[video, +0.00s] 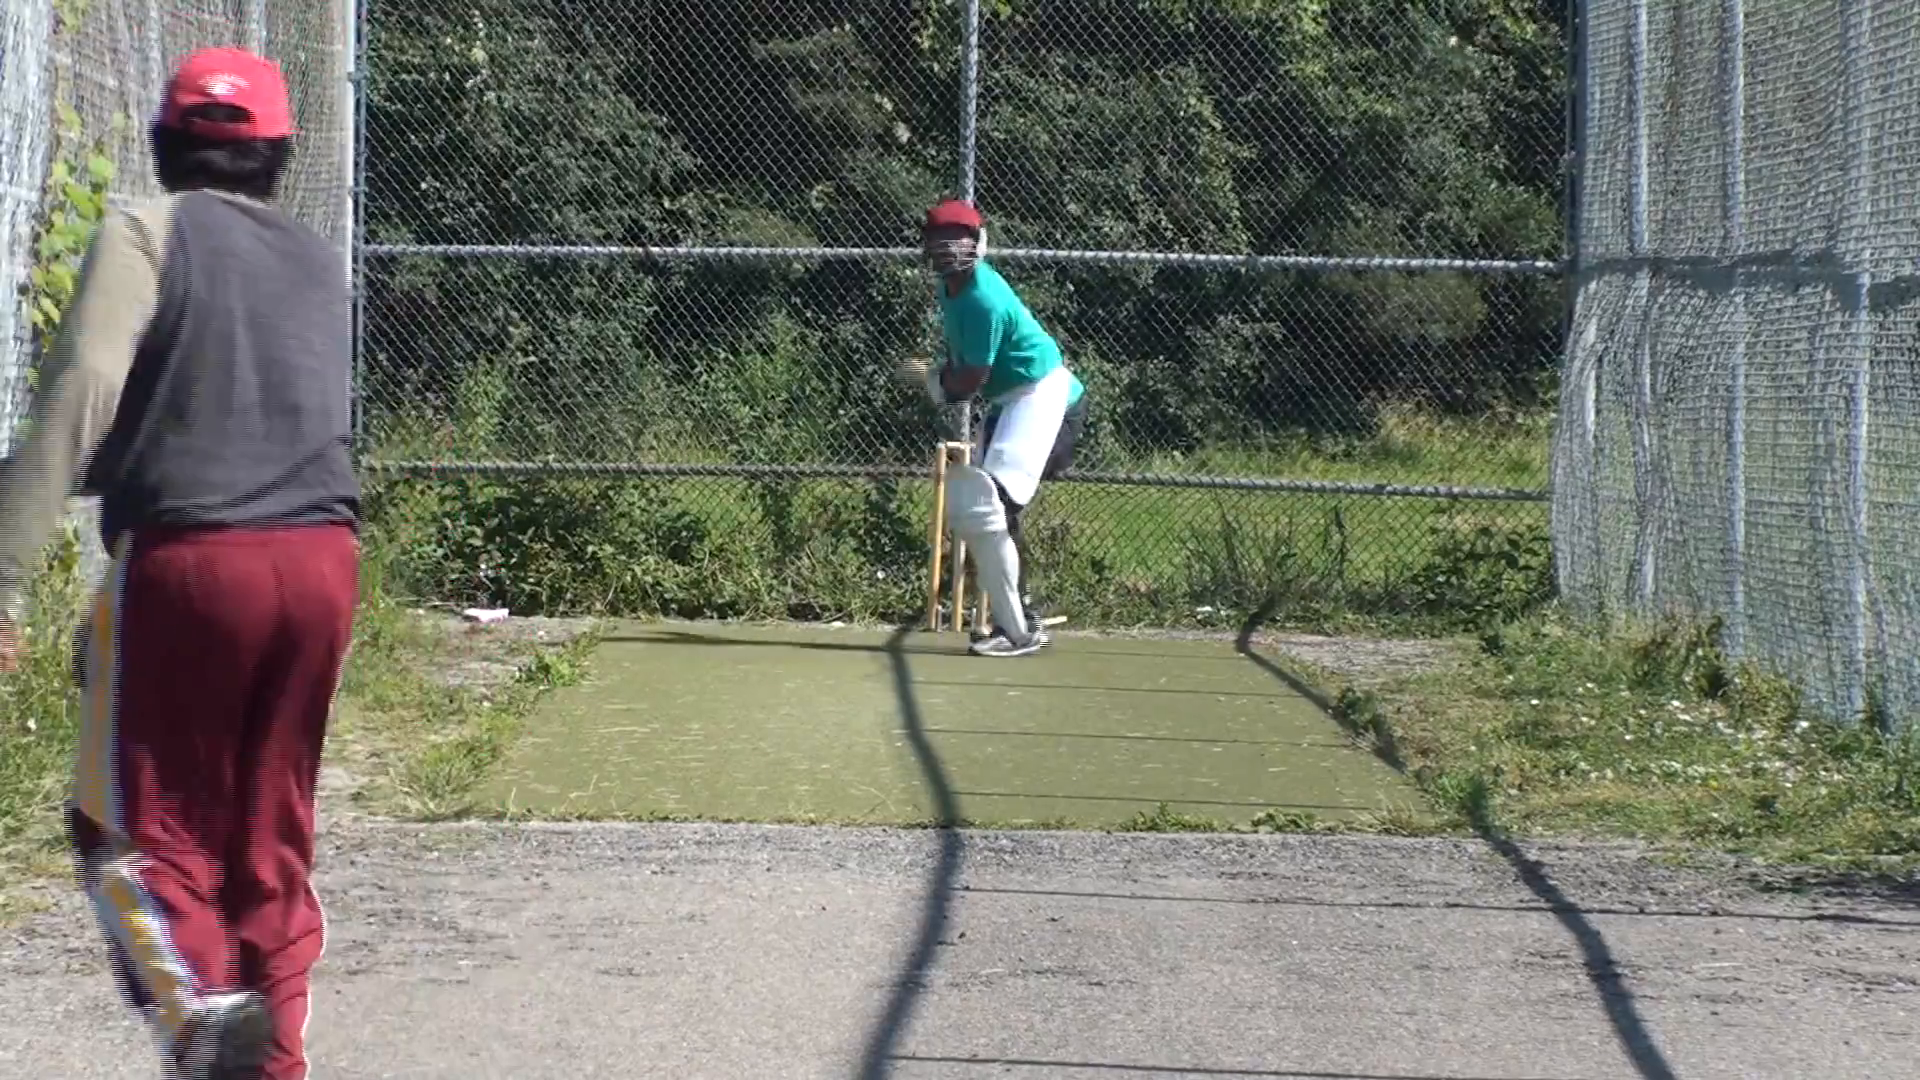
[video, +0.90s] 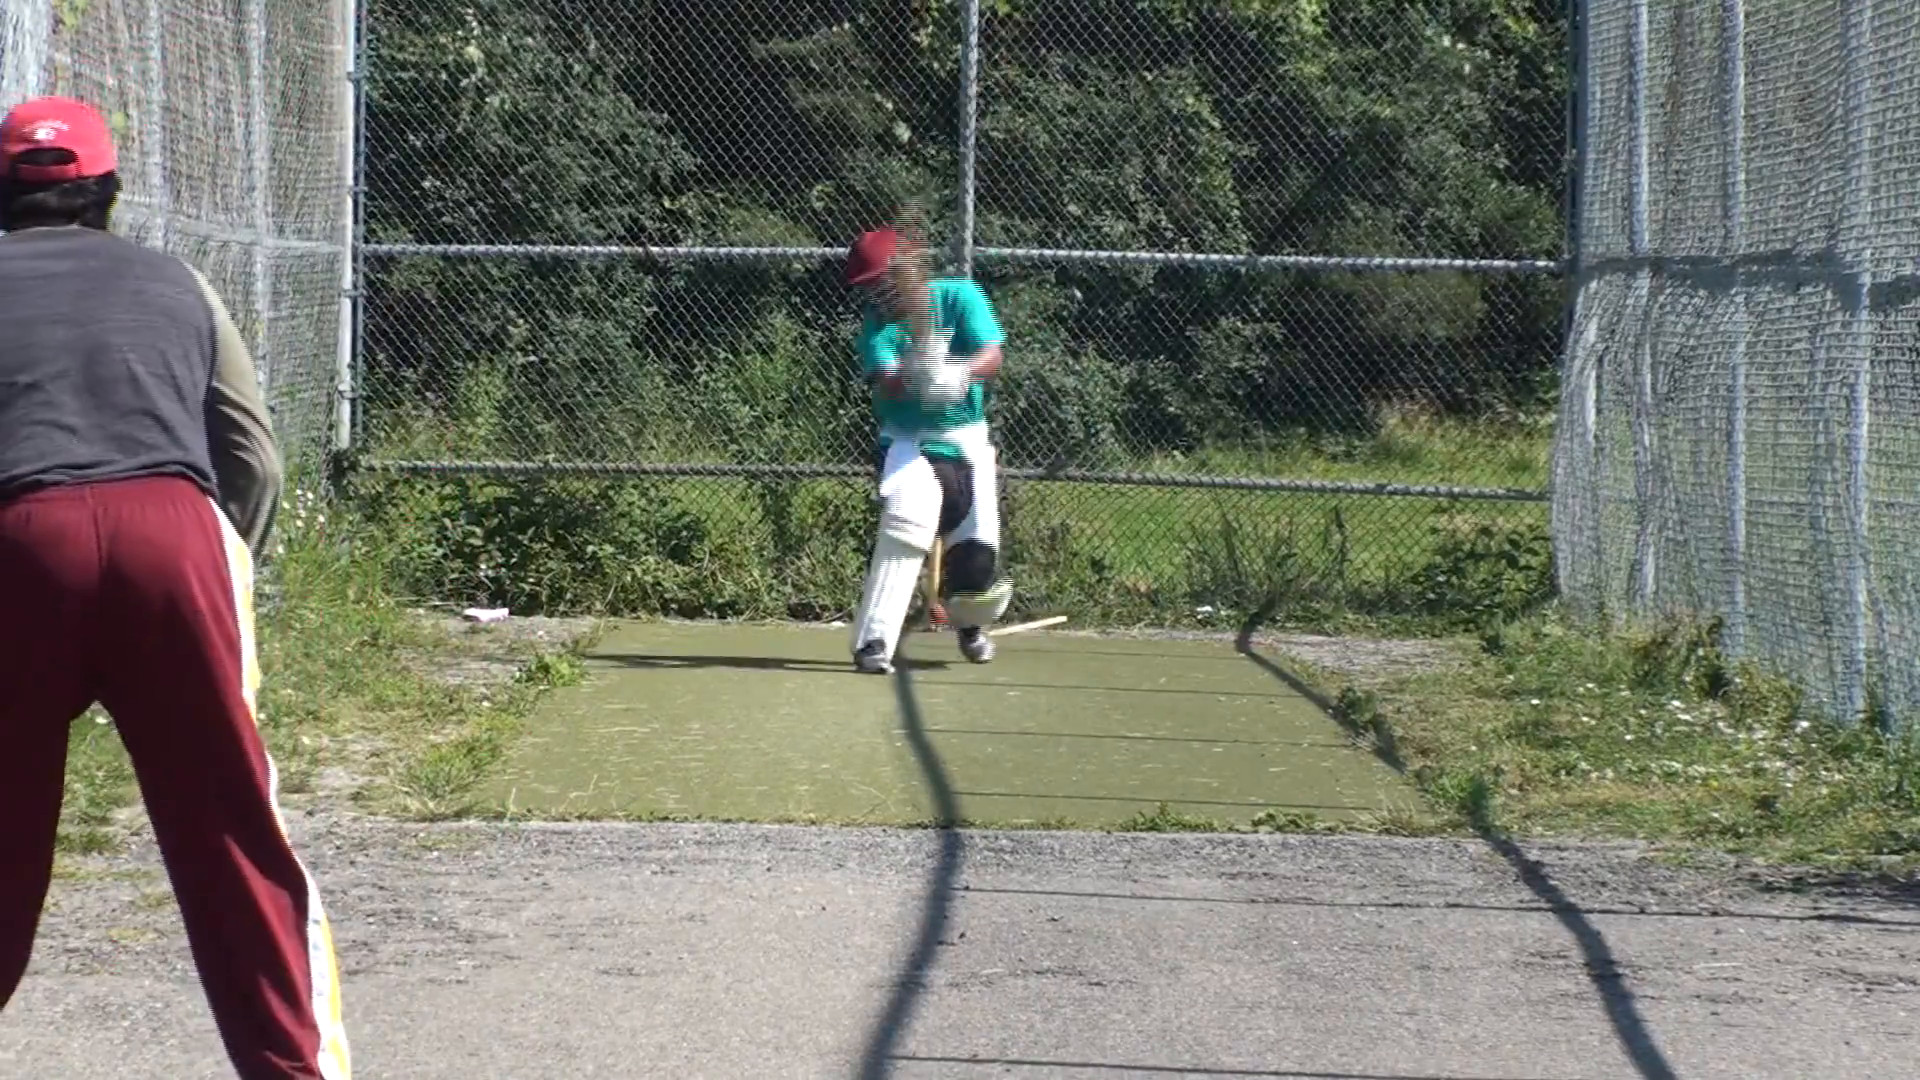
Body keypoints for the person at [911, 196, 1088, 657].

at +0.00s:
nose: (950, 248)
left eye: (961, 238)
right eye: (941, 239)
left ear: (977, 244)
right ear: (928, 248)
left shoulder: (981, 298)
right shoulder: (951, 289)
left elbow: (973, 380)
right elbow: (964, 362)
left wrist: (933, 384)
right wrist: (935, 377)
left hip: (1039, 391)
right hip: (1011, 392)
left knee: (997, 501)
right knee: (989, 499)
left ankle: (1017, 626)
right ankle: (1016, 616)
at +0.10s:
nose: (952, 257)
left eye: (962, 247)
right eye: (942, 248)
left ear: (978, 252)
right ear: (928, 256)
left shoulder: (977, 307)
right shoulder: (956, 290)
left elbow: (961, 374)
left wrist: (935, 364)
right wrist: (944, 352)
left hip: (1041, 394)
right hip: (1012, 396)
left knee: (984, 498)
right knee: (988, 502)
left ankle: (1023, 627)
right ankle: (1019, 615)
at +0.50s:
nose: (913, 274)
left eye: (918, 260)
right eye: (903, 269)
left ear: (939, 243)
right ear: (898, 272)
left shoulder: (979, 257)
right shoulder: (916, 319)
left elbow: (980, 310)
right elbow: (935, 380)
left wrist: (961, 355)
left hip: (1036, 392)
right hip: (983, 410)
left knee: (1021, 509)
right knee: (982, 508)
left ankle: (1011, 632)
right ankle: (1037, 593)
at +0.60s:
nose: (912, 261)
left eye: (913, 247)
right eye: (899, 259)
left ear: (926, 236)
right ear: (892, 269)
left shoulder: (971, 247)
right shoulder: (909, 307)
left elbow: (1004, 276)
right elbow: (938, 322)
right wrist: (954, 292)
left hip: (1023, 391)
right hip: (970, 407)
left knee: (1020, 516)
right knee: (970, 516)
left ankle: (1012, 632)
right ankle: (1025, 593)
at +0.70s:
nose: (900, 263)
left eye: (905, 248)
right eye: (888, 260)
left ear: (925, 234)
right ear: (879, 266)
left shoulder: (972, 250)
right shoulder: (892, 296)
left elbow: (1007, 280)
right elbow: (917, 308)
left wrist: (976, 267)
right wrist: (950, 251)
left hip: (1007, 393)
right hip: (946, 403)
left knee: (1016, 508)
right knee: (944, 506)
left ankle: (1002, 628)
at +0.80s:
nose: (889, 273)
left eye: (895, 260)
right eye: (878, 268)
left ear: (919, 244)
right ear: (871, 268)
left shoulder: (975, 267)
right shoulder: (886, 300)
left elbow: (1004, 315)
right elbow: (901, 338)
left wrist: (967, 312)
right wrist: (938, 297)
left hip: (987, 410)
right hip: (924, 415)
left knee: (999, 525)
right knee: (907, 513)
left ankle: (979, 625)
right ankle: (881, 628)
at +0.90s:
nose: (877, 295)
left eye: (883, 284)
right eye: (870, 289)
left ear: (909, 268)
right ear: (868, 287)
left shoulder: (961, 295)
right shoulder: (877, 323)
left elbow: (992, 356)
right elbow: (886, 384)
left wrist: (961, 371)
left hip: (967, 436)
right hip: (909, 439)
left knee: (976, 559)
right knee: (904, 531)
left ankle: (970, 626)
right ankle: (876, 640)